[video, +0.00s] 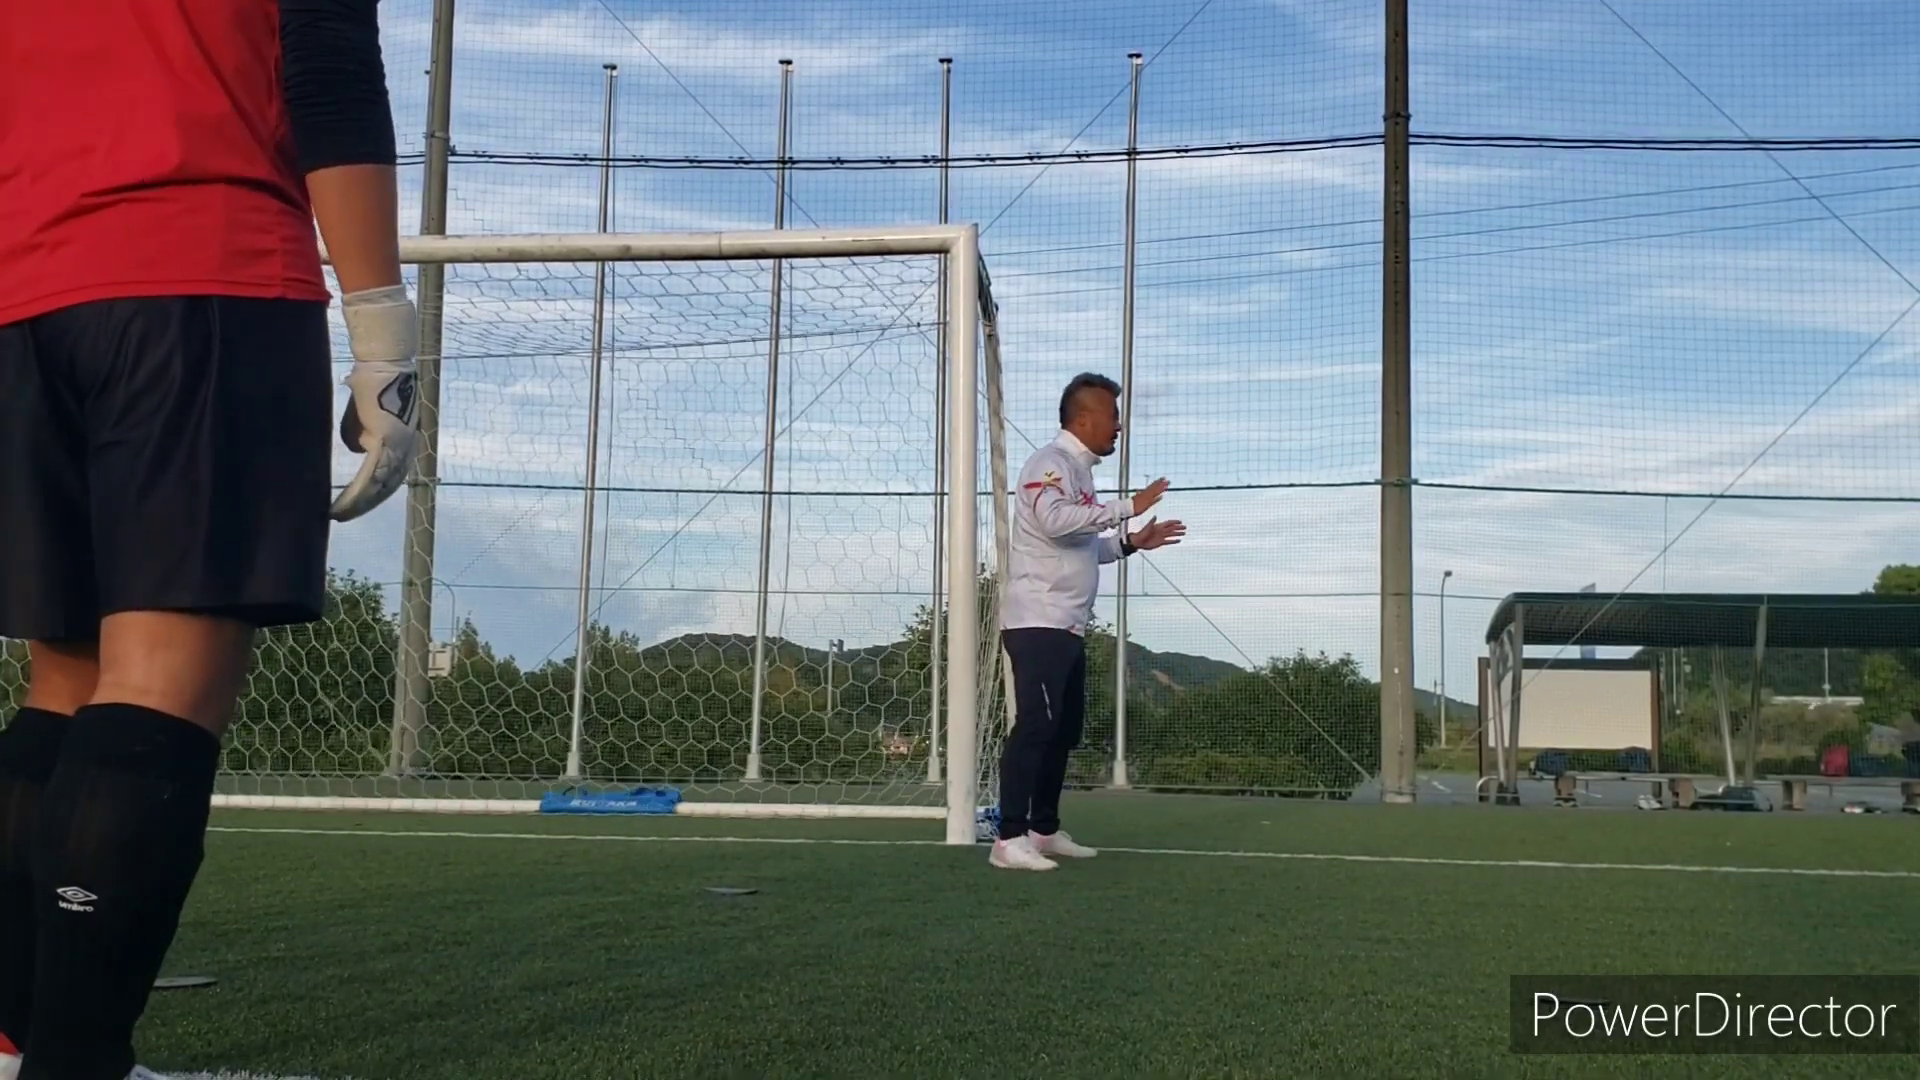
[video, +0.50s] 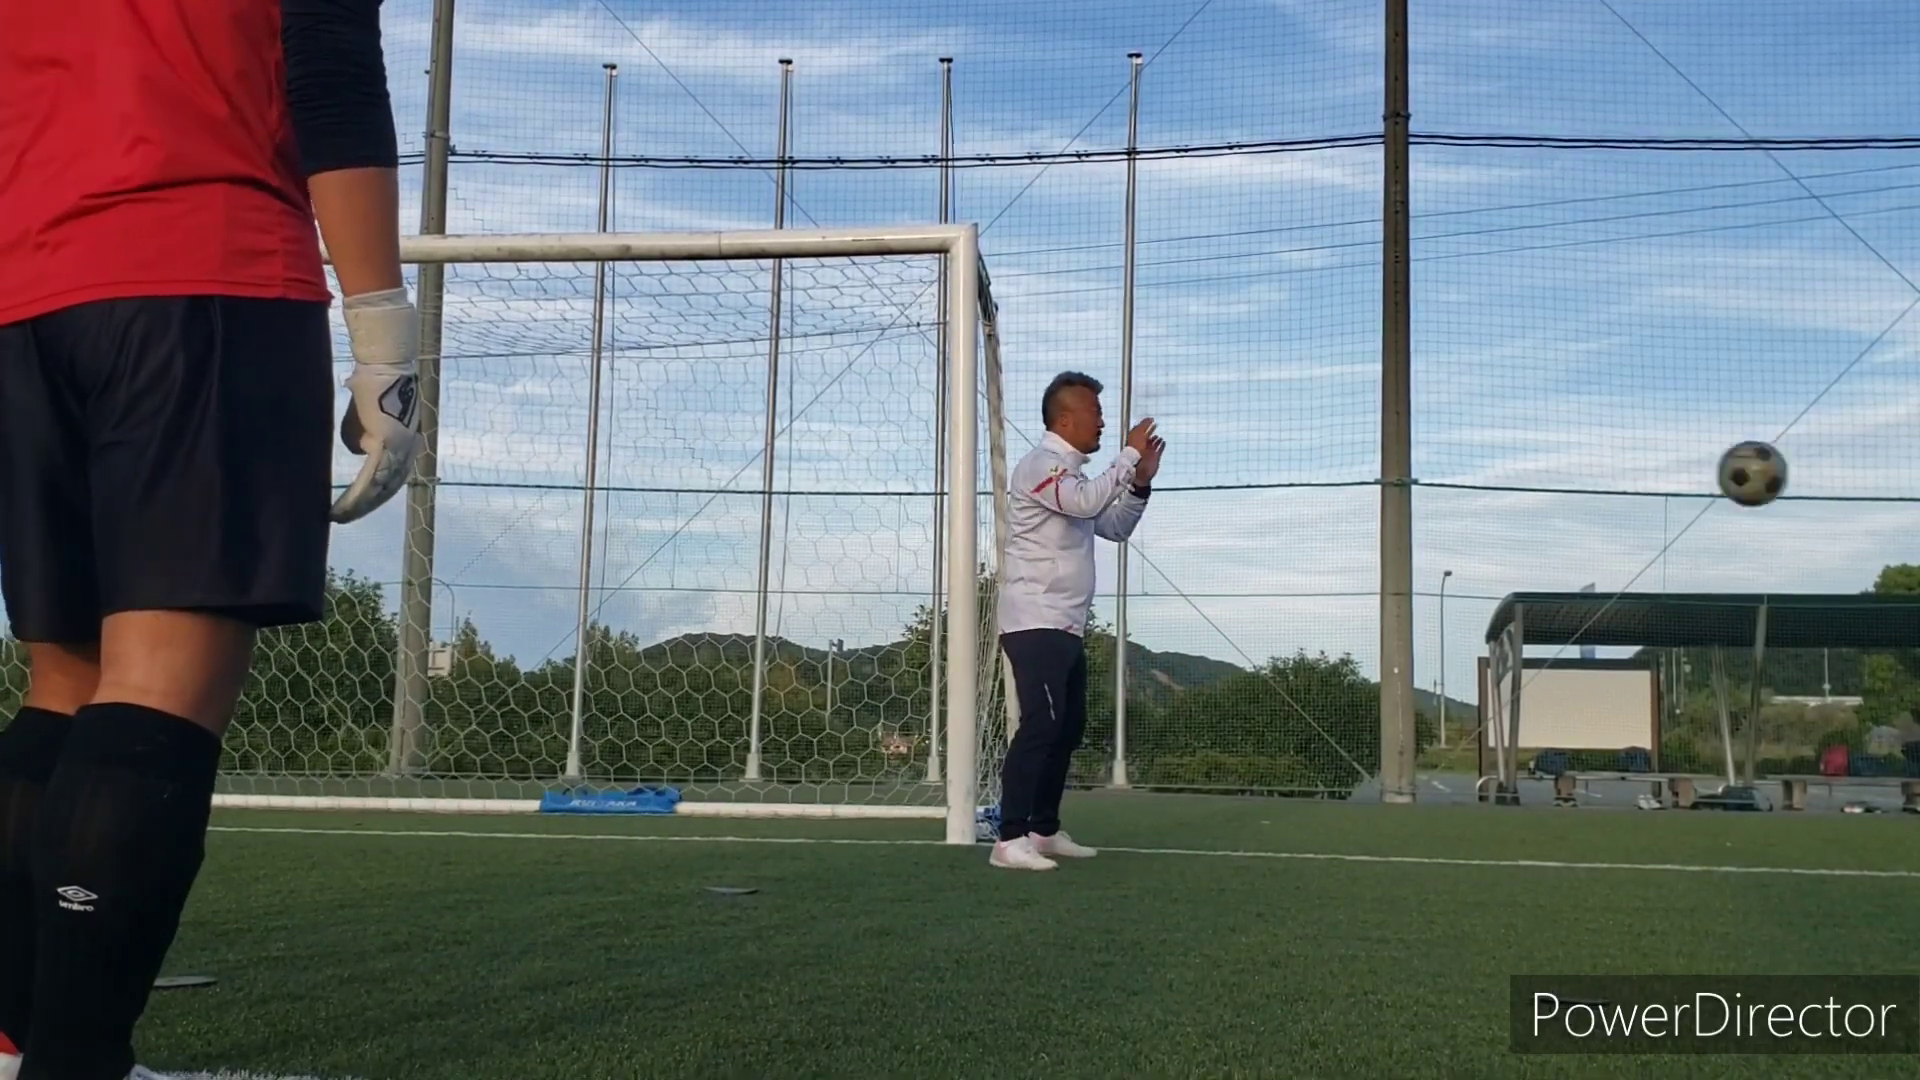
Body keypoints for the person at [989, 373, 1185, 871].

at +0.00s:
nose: (1119, 424)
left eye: (1118, 414)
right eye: (1112, 413)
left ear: (1088, 419)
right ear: (1082, 416)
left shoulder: (1082, 477)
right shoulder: (1050, 461)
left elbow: (1087, 549)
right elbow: (1053, 520)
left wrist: (1134, 541)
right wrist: (1127, 507)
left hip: (1065, 622)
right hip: (1035, 619)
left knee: (1063, 728)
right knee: (1036, 725)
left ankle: (1044, 831)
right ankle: (1009, 841)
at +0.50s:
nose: (1103, 419)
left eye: (1101, 411)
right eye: (1094, 410)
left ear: (1075, 417)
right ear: (1066, 415)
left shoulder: (1074, 473)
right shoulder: (1039, 463)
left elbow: (1114, 526)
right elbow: (1082, 501)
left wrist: (1141, 484)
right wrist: (1129, 459)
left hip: (1066, 622)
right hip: (1033, 618)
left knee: (1066, 727)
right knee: (1041, 724)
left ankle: (1043, 831)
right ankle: (1010, 840)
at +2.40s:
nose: (1061, 411)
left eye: (1069, 402)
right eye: (1049, 402)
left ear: (1077, 410)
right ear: (1026, 411)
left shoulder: (1060, 468)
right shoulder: (1018, 464)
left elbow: (1054, 534)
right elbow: (1069, 512)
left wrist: (1089, 559)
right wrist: (1124, 482)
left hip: (1060, 618)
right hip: (1025, 616)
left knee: (1060, 725)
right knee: (1031, 725)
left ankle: (1044, 829)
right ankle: (1008, 839)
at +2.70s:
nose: (1053, 417)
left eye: (1061, 409)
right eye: (1041, 408)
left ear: (1070, 416)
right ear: (1020, 416)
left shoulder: (1065, 478)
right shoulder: (1009, 471)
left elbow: (1084, 536)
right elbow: (1052, 519)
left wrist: (1108, 525)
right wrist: (1124, 526)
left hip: (1061, 621)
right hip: (1023, 619)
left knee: (1059, 728)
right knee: (1026, 725)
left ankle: (1043, 830)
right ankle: (1008, 839)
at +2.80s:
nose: (1047, 417)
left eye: (1054, 409)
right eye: (1035, 409)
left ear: (1063, 415)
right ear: (1014, 417)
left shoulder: (1060, 474)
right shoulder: (1010, 468)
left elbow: (1082, 534)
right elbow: (1060, 507)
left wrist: (1098, 518)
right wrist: (1128, 523)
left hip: (1060, 620)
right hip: (1022, 618)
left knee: (1061, 727)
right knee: (1026, 725)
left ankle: (1044, 831)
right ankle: (1008, 839)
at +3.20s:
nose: (1056, 412)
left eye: (1058, 404)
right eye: (1044, 405)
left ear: (1060, 411)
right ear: (1015, 415)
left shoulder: (1062, 476)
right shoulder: (1003, 466)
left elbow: (1092, 528)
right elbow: (1032, 521)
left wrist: (1129, 496)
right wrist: (1095, 486)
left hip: (1061, 619)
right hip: (1022, 618)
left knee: (1060, 725)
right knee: (1028, 724)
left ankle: (1042, 830)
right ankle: (1008, 838)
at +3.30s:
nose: (1057, 413)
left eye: (1058, 404)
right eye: (1045, 405)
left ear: (1060, 412)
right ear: (1016, 414)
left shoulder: (1059, 474)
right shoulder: (1003, 467)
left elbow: (1093, 528)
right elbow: (1032, 522)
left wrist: (1124, 492)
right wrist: (1088, 482)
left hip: (1061, 619)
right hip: (1023, 618)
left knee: (1060, 724)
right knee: (1028, 723)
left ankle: (1043, 830)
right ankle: (1008, 839)